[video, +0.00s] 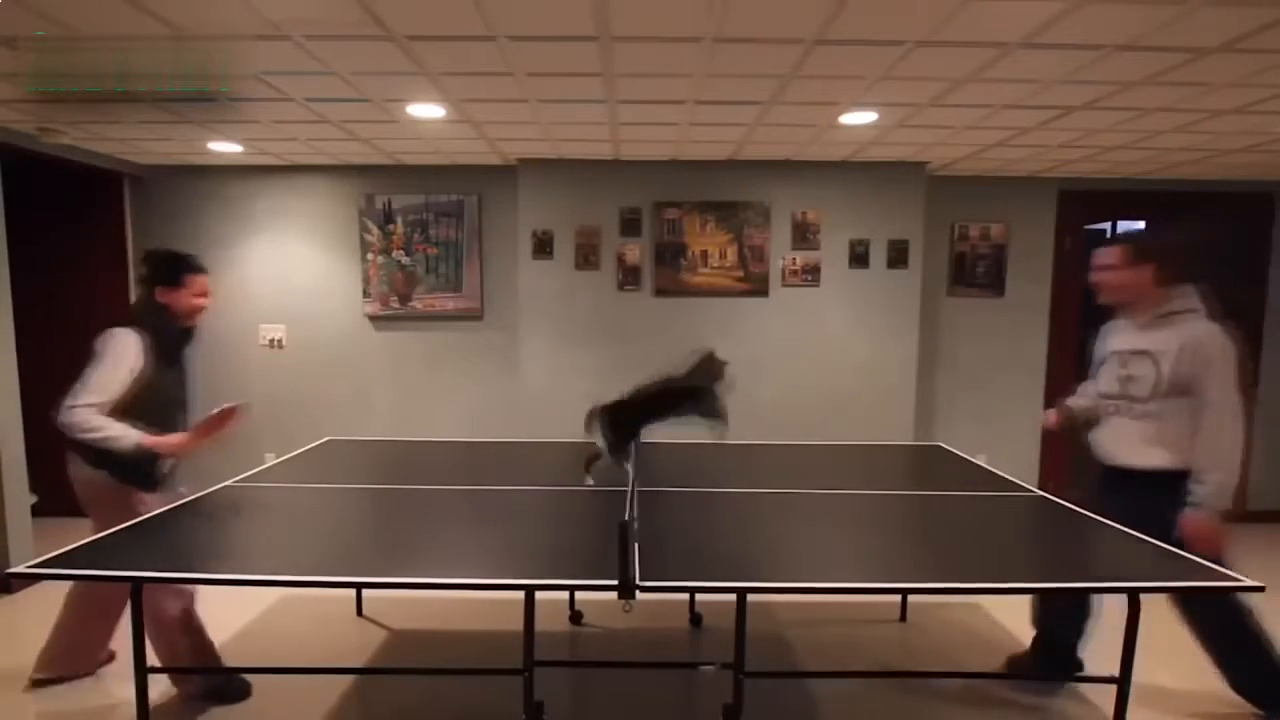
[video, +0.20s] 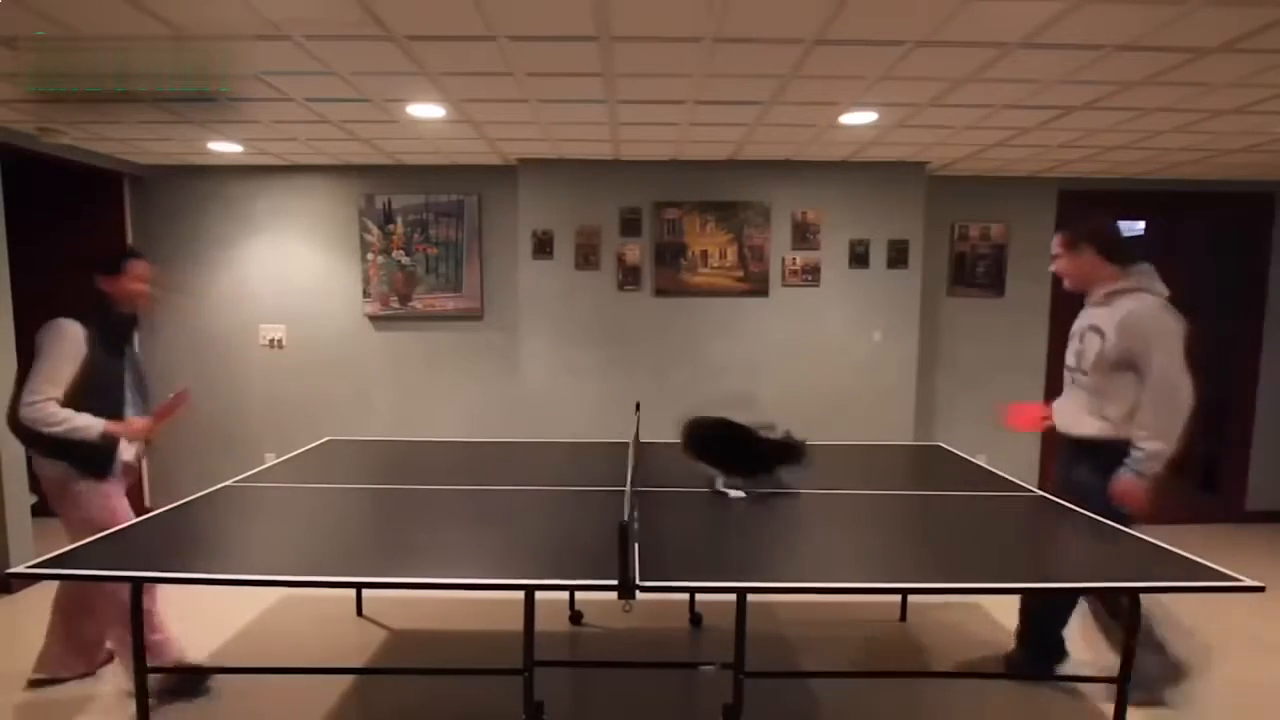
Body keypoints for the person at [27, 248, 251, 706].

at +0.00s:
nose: (205, 303)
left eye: (206, 293)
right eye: (197, 293)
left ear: (175, 296)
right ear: (165, 294)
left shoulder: (169, 345)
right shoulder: (128, 342)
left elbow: (153, 425)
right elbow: (75, 413)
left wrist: (198, 433)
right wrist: (149, 440)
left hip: (144, 472)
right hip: (107, 474)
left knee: (112, 564)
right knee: (163, 571)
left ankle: (66, 659)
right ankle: (200, 674)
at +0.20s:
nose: (143, 292)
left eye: (147, 284)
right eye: (135, 281)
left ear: (146, 291)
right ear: (107, 283)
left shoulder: (126, 342)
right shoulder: (69, 333)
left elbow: (126, 410)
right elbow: (33, 410)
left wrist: (151, 422)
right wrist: (115, 429)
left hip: (110, 468)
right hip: (71, 471)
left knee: (97, 560)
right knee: (129, 554)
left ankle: (65, 659)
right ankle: (161, 665)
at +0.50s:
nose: (178, 344)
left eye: (181, 334)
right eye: (176, 332)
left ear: (151, 327)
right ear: (151, 325)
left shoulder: (126, 368)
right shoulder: (97, 360)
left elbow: (92, 434)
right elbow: (48, 432)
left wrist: (117, 466)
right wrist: (107, 465)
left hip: (52, 473)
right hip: (25, 474)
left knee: (95, 555)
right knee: (101, 555)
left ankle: (57, 661)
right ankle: (93, 670)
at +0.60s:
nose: (193, 389)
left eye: (198, 382)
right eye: (194, 379)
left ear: (173, 364)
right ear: (174, 363)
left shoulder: (142, 395)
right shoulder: (115, 389)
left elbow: (87, 460)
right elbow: (52, 461)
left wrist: (98, 502)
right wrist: (95, 501)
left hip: (35, 488)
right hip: (13, 491)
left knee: (97, 557)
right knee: (106, 556)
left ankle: (57, 663)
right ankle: (94, 670)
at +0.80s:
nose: (198, 448)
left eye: (204, 442)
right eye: (202, 439)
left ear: (183, 418)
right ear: (187, 425)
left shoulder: (139, 429)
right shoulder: (133, 437)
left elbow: (77, 489)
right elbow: (55, 497)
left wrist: (99, 523)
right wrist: (96, 526)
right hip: (14, 523)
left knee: (107, 567)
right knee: (124, 563)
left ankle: (56, 664)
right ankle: (98, 671)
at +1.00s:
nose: (200, 494)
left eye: (205, 485)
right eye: (202, 483)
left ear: (180, 468)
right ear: (186, 473)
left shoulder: (135, 477)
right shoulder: (137, 490)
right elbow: (77, 551)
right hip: (20, 588)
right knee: (161, 580)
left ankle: (59, 663)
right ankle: (102, 671)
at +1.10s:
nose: (197, 497)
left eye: (199, 489)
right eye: (194, 488)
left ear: (171, 481)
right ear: (175, 483)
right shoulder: (125, 510)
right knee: (179, 588)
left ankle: (67, 653)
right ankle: (103, 669)